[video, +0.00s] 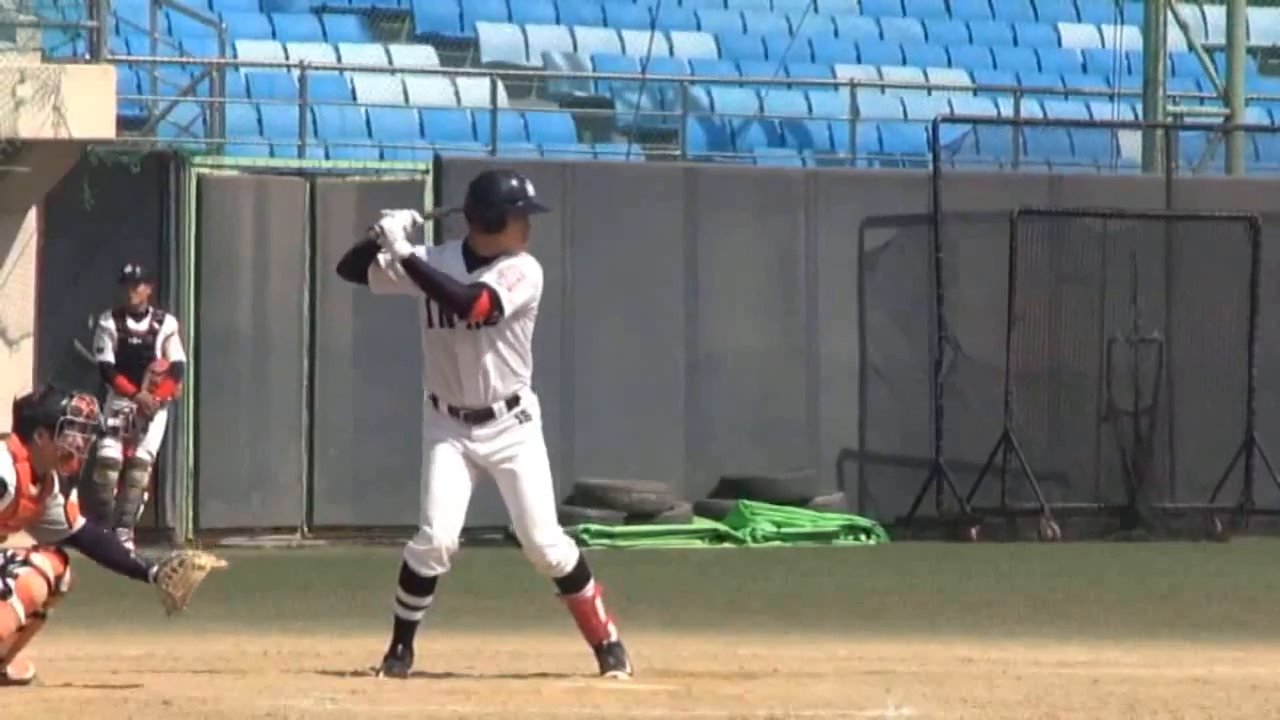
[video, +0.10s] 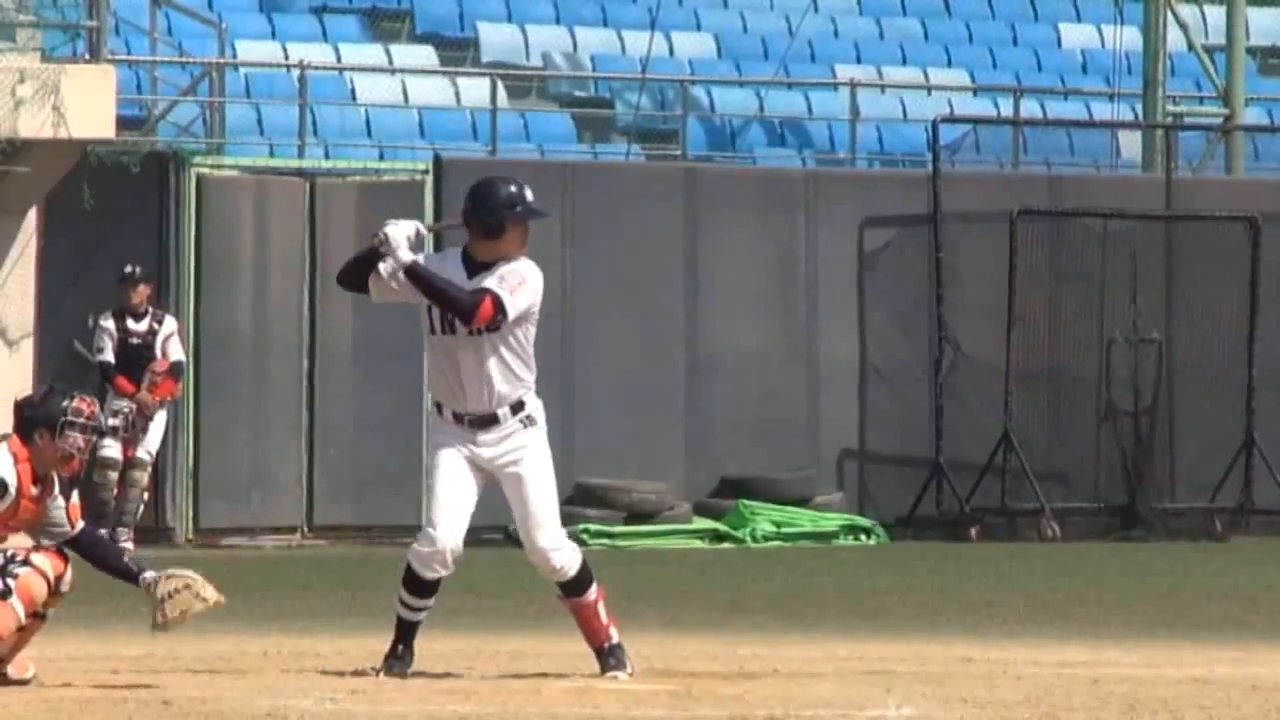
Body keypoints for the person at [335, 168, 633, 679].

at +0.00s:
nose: (529, 226)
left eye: (528, 217)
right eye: (521, 218)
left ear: (507, 218)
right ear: (491, 222)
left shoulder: (524, 270)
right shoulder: (435, 259)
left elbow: (472, 307)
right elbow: (349, 269)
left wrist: (404, 256)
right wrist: (382, 240)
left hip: (513, 423)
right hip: (447, 426)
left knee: (544, 545)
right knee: (435, 541)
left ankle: (607, 645)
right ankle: (400, 647)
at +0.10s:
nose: (528, 231)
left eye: (527, 222)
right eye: (521, 223)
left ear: (504, 224)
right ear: (493, 227)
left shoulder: (524, 274)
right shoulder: (435, 266)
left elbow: (478, 313)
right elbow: (349, 279)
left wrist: (407, 263)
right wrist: (383, 247)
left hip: (518, 429)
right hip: (453, 433)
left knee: (546, 546)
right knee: (438, 544)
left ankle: (608, 646)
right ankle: (401, 646)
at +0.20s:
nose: (524, 237)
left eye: (524, 229)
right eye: (516, 230)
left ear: (503, 230)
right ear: (488, 233)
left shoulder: (520, 281)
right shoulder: (431, 273)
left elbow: (473, 320)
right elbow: (346, 286)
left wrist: (405, 270)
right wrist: (383, 255)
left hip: (516, 434)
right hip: (452, 439)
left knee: (545, 549)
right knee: (437, 547)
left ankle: (608, 648)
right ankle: (401, 647)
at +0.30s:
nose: (510, 249)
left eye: (510, 239)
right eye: (503, 240)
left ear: (479, 245)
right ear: (475, 245)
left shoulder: (504, 293)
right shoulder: (417, 279)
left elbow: (445, 325)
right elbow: (332, 288)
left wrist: (386, 273)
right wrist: (368, 257)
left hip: (503, 438)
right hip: (439, 445)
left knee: (546, 540)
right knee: (428, 549)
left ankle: (618, 638)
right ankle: (399, 648)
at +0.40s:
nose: (504, 255)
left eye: (503, 245)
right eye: (496, 246)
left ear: (481, 247)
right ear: (467, 248)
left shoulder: (497, 296)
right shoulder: (412, 280)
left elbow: (436, 328)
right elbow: (327, 285)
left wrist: (374, 274)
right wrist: (358, 253)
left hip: (497, 441)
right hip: (435, 449)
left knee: (550, 541)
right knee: (422, 550)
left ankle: (631, 635)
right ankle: (398, 650)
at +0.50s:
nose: (501, 259)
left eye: (501, 250)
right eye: (496, 251)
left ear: (468, 254)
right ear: (470, 255)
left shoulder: (493, 303)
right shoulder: (410, 286)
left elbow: (425, 333)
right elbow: (326, 286)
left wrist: (364, 283)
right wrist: (352, 258)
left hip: (498, 451)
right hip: (436, 457)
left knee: (559, 559)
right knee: (418, 550)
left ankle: (660, 638)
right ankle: (398, 650)